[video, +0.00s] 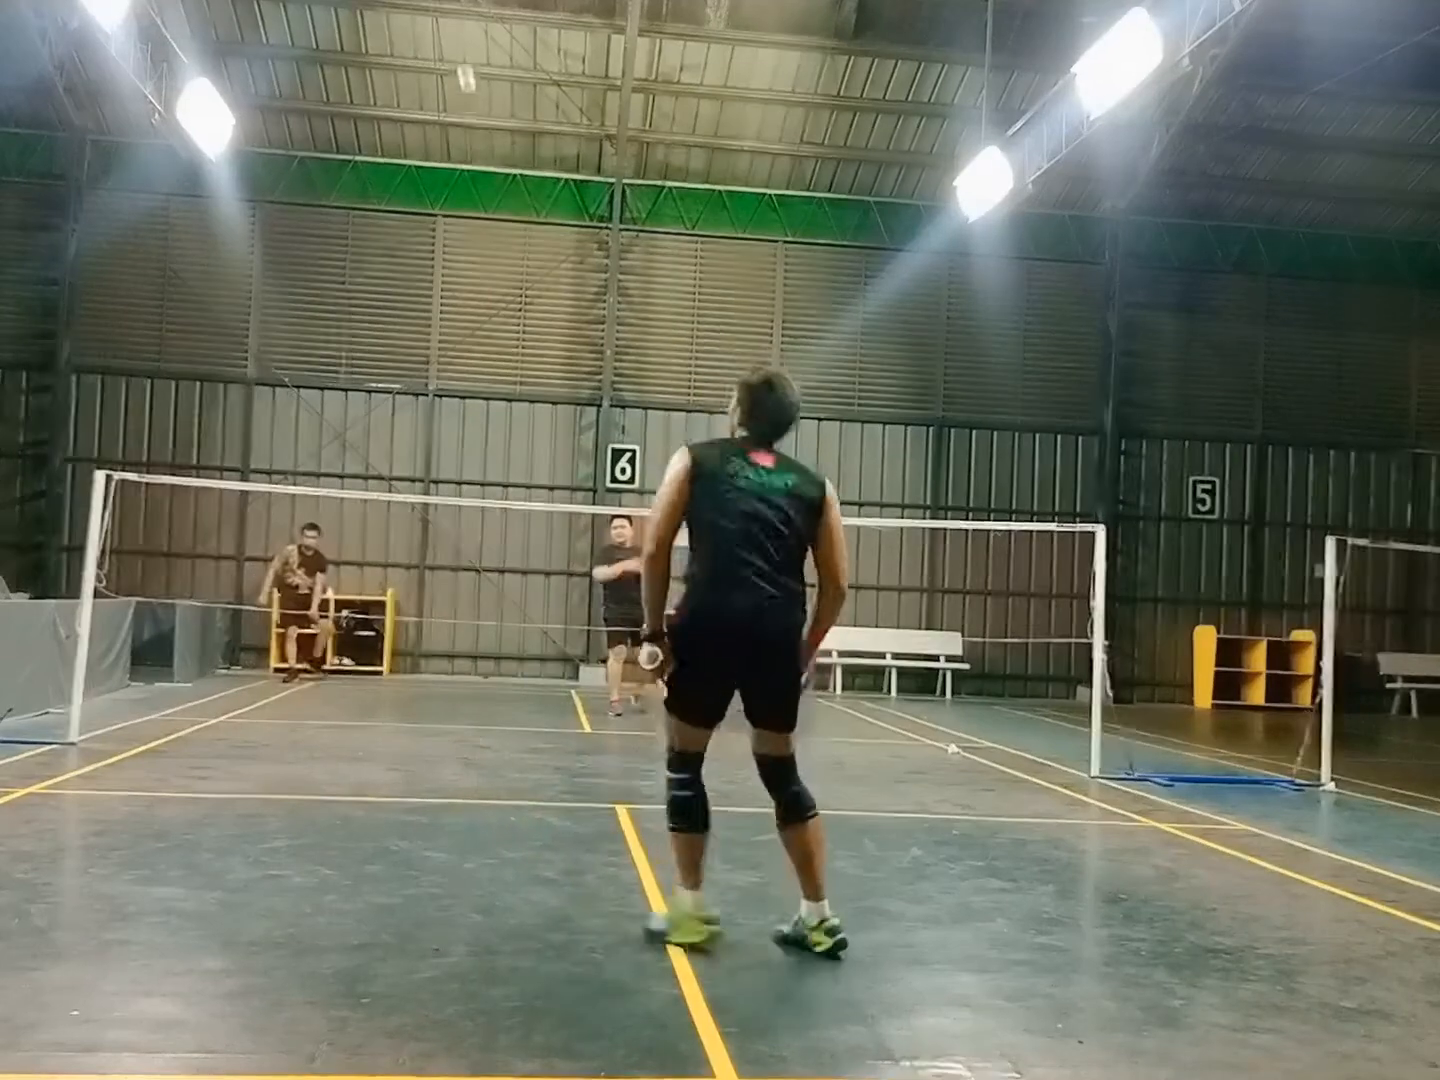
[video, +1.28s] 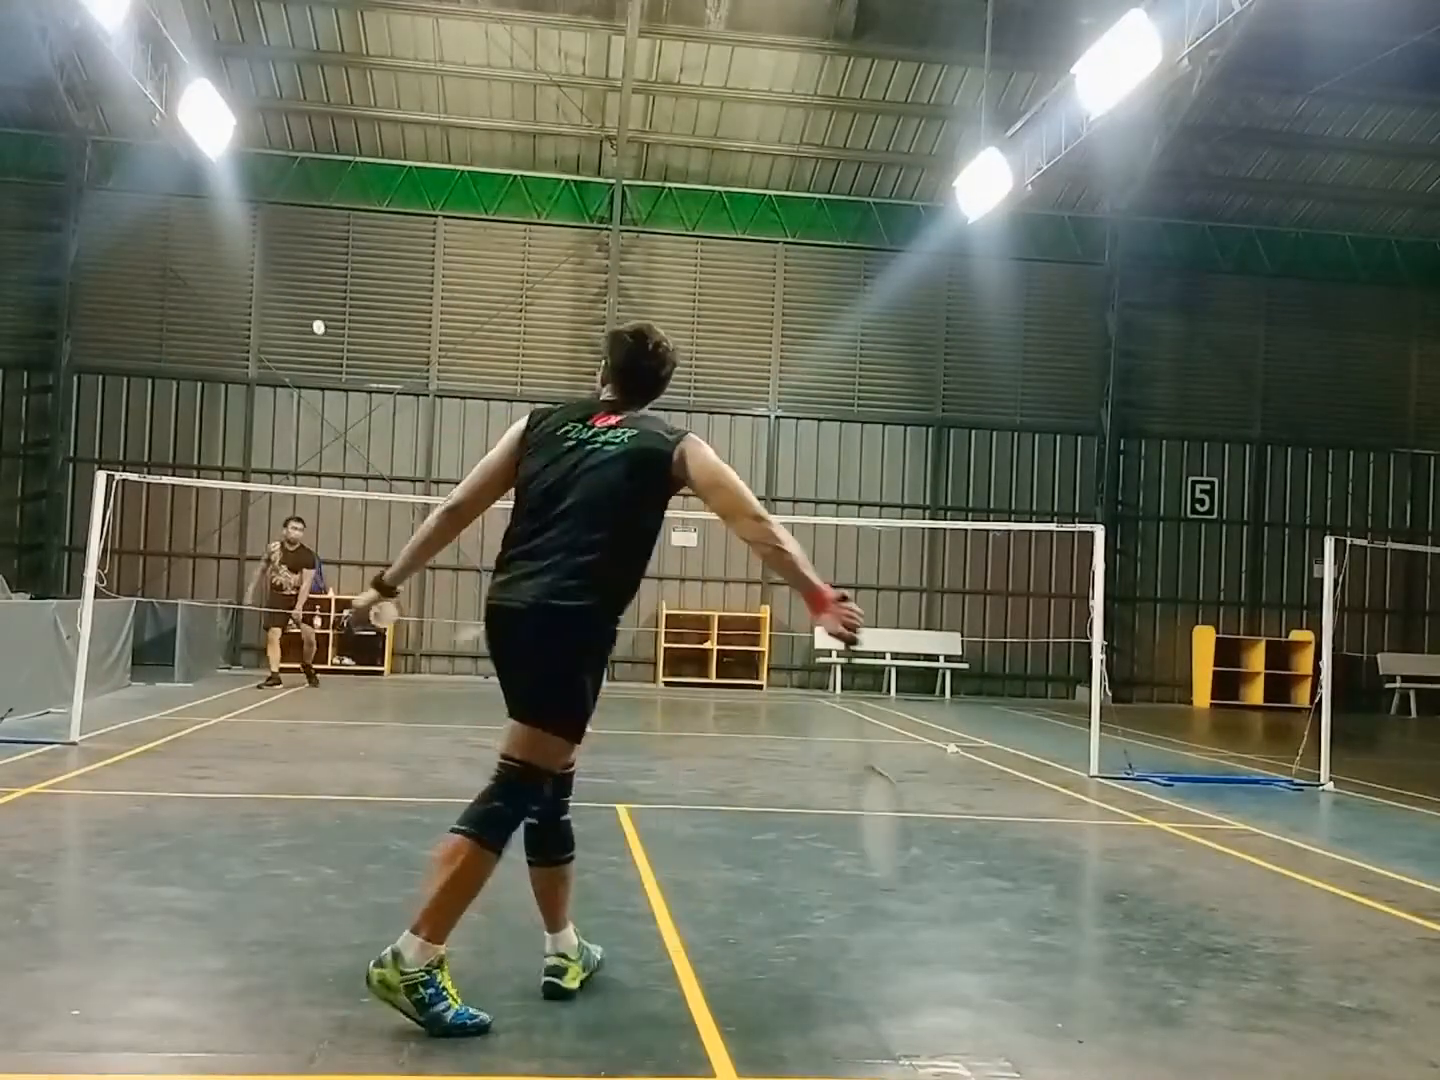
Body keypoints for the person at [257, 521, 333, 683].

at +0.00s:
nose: (310, 541)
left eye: (314, 537)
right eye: (307, 537)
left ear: (318, 539)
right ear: (301, 537)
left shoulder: (320, 560)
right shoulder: (288, 553)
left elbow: (319, 586)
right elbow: (272, 570)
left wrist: (314, 608)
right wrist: (264, 593)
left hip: (309, 598)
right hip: (290, 597)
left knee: (325, 626)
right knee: (291, 631)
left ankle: (316, 659)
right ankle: (292, 668)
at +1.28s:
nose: (296, 533)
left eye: (300, 530)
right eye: (293, 528)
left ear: (303, 533)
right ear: (284, 530)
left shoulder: (308, 556)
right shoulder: (273, 549)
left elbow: (306, 584)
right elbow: (260, 570)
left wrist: (298, 607)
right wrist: (250, 591)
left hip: (299, 598)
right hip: (277, 597)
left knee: (310, 638)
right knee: (273, 635)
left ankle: (307, 666)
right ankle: (274, 674)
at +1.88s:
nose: (246, 530)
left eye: (251, 527)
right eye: (243, 526)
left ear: (259, 529)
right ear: (240, 528)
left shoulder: (262, 550)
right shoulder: (245, 547)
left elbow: (259, 578)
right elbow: (242, 568)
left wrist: (251, 601)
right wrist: (239, 582)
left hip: (265, 592)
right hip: (249, 590)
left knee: (264, 635)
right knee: (229, 626)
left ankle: (267, 675)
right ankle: (230, 669)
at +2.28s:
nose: (220, 528)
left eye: (225, 525)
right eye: (217, 524)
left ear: (233, 528)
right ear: (213, 525)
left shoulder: (233, 550)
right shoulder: (214, 545)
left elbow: (227, 578)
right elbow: (208, 567)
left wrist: (217, 600)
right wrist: (202, 585)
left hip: (233, 589)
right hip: (217, 588)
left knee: (224, 620)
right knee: (211, 631)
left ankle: (227, 659)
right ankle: (214, 672)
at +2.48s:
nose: (217, 529)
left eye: (221, 525)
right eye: (214, 525)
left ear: (226, 527)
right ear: (207, 525)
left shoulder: (229, 549)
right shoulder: (202, 545)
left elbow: (223, 579)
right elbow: (196, 567)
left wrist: (213, 604)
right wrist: (189, 589)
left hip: (225, 592)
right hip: (207, 591)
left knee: (217, 625)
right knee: (207, 632)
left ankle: (211, 669)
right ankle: (211, 671)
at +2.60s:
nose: (216, 531)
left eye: (220, 528)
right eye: (213, 526)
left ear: (225, 530)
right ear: (205, 526)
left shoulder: (227, 553)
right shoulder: (197, 545)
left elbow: (220, 583)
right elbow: (191, 569)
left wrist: (210, 606)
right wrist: (184, 592)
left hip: (219, 598)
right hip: (200, 596)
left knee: (212, 637)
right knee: (204, 639)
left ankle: (206, 676)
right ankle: (213, 672)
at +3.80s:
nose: (176, 516)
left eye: (178, 512)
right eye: (171, 512)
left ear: (179, 516)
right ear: (157, 515)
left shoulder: (186, 541)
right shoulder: (143, 538)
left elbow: (197, 569)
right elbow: (127, 564)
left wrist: (198, 599)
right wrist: (121, 587)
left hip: (177, 597)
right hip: (151, 596)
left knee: (170, 639)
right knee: (155, 641)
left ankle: (165, 684)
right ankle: (158, 682)